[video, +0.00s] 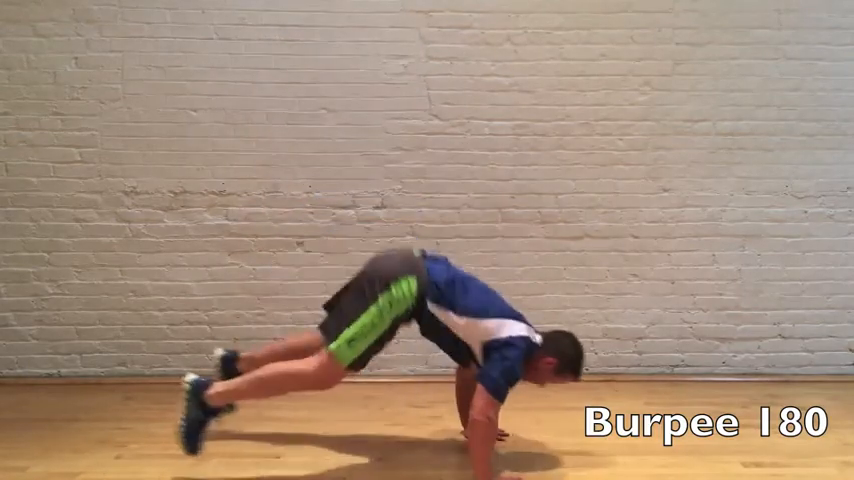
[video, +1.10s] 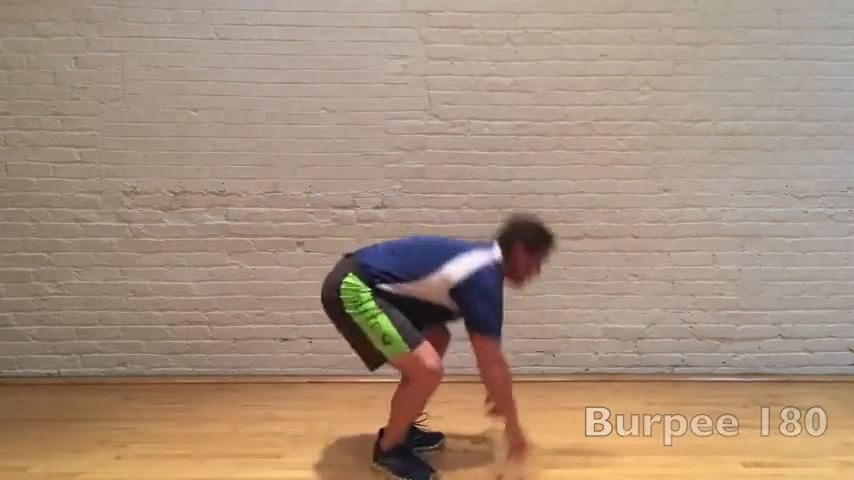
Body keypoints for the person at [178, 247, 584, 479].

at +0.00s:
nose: (548, 384)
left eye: (556, 380)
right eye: (555, 379)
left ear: (546, 351)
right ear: (549, 363)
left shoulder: (509, 332)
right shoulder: (515, 350)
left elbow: (467, 384)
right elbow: (482, 419)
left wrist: (474, 431)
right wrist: (486, 475)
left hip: (404, 265)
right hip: (405, 281)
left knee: (323, 342)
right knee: (323, 372)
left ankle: (237, 367)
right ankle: (210, 397)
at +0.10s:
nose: (566, 398)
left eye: (573, 394)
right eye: (572, 393)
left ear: (562, 363)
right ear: (564, 375)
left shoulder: (520, 343)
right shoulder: (529, 363)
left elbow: (465, 386)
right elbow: (478, 419)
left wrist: (478, 431)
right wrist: (484, 474)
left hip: (406, 303)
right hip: (408, 324)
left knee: (308, 348)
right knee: (303, 380)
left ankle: (217, 370)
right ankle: (191, 403)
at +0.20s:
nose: (571, 417)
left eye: (577, 412)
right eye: (575, 411)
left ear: (566, 384)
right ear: (565, 395)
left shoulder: (525, 368)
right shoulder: (528, 388)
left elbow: (467, 406)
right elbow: (475, 422)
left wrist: (486, 440)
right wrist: (481, 475)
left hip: (404, 346)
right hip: (405, 367)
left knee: (309, 382)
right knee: (303, 413)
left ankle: (209, 395)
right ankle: (184, 426)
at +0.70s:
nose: (563, 392)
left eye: (569, 386)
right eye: (568, 384)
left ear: (554, 357)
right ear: (557, 369)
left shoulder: (515, 346)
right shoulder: (512, 368)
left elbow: (470, 400)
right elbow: (475, 422)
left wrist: (484, 438)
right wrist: (483, 474)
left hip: (393, 326)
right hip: (389, 342)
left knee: (297, 376)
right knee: (292, 398)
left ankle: (200, 394)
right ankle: (182, 422)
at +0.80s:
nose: (543, 387)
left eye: (551, 383)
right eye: (550, 381)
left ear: (540, 354)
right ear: (543, 365)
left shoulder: (506, 336)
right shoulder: (512, 351)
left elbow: (467, 390)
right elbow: (480, 413)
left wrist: (474, 434)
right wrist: (485, 473)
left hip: (393, 274)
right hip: (393, 285)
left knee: (324, 366)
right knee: (328, 387)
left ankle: (233, 384)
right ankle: (227, 405)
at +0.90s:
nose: (513, 369)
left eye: (521, 366)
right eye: (520, 363)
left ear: (515, 340)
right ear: (515, 346)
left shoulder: (488, 324)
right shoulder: (485, 338)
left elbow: (463, 383)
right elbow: (477, 413)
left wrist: (476, 427)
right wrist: (484, 474)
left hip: (381, 248)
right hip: (375, 257)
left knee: (378, 351)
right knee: (387, 373)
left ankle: (321, 409)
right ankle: (308, 410)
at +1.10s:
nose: (536, 269)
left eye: (539, 260)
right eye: (535, 257)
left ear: (514, 249)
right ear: (517, 249)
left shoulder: (485, 259)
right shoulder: (484, 275)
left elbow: (486, 343)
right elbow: (491, 359)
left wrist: (497, 390)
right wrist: (513, 429)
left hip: (365, 278)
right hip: (352, 286)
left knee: (436, 339)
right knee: (426, 369)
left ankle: (402, 427)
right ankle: (389, 448)